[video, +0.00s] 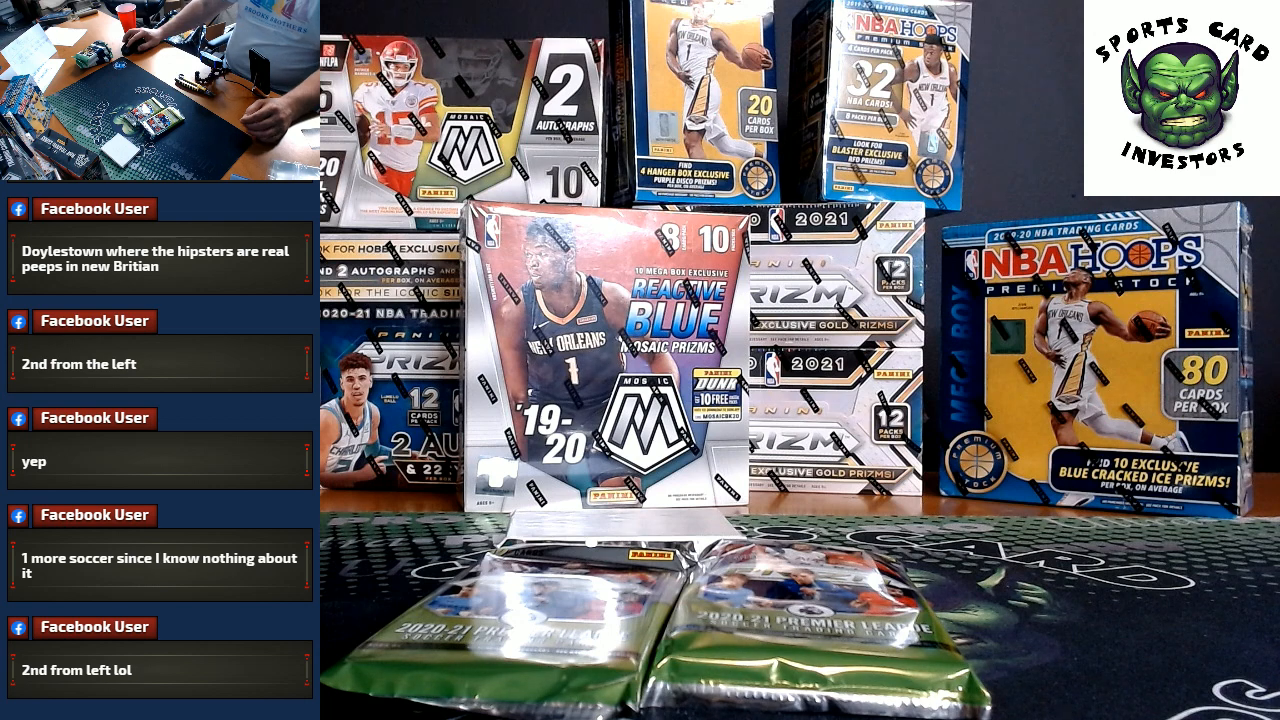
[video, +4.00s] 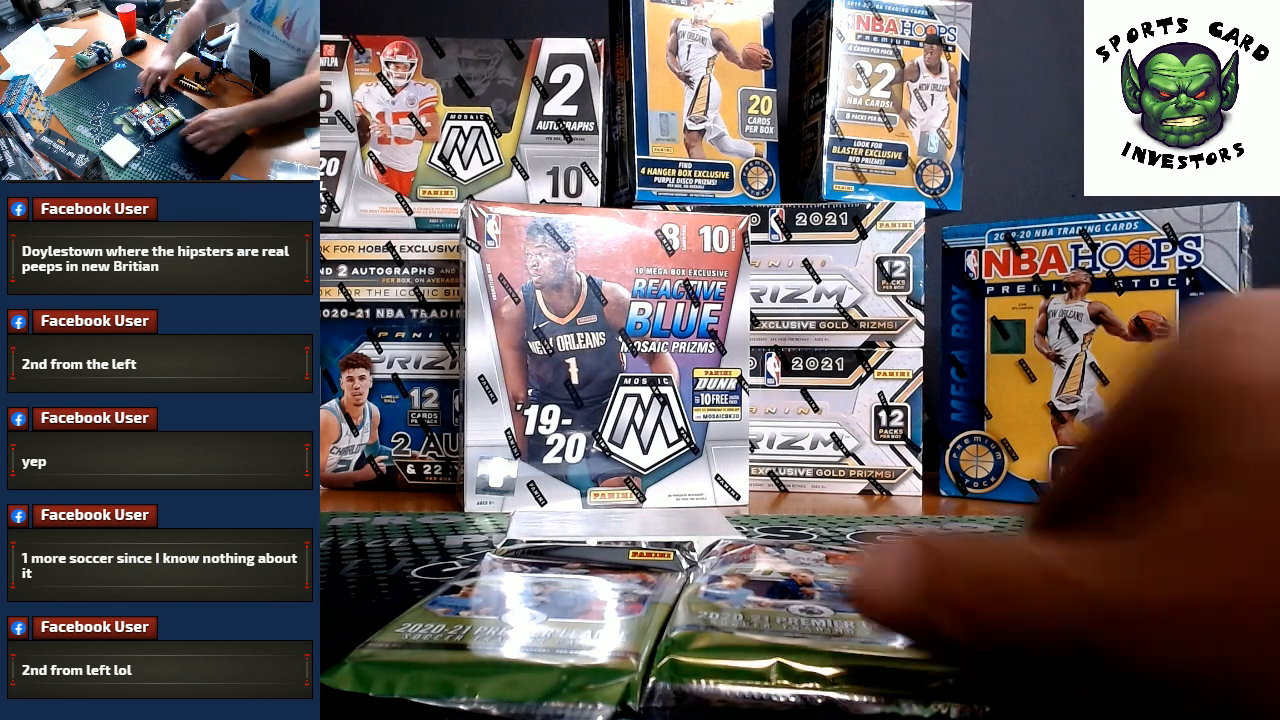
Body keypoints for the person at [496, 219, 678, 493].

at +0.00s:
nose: (533, 263)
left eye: (542, 254)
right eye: (529, 255)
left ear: (569, 256)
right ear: (525, 259)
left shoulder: (611, 299)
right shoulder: (514, 312)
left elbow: (658, 357)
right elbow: (518, 399)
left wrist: (664, 414)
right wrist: (524, 460)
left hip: (610, 418)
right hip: (549, 422)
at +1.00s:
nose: (532, 263)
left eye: (542, 254)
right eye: (529, 255)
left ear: (570, 255)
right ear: (524, 258)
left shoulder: (611, 299)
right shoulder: (514, 312)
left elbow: (657, 357)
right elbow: (518, 398)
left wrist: (663, 414)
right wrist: (524, 460)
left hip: (610, 424)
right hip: (549, 428)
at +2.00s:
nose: (532, 263)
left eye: (542, 254)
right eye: (529, 255)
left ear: (570, 255)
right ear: (524, 258)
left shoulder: (611, 299)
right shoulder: (513, 312)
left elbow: (658, 357)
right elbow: (518, 399)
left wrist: (663, 414)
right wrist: (524, 460)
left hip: (610, 423)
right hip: (549, 427)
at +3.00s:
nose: (532, 263)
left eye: (542, 254)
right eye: (529, 255)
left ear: (569, 256)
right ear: (524, 258)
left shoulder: (611, 299)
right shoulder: (513, 313)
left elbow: (658, 357)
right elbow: (518, 399)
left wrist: (662, 413)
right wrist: (524, 460)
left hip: (610, 423)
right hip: (549, 427)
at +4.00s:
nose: (533, 264)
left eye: (542, 254)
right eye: (529, 255)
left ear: (569, 255)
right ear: (525, 258)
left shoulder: (611, 299)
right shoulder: (514, 313)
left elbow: (658, 357)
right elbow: (517, 400)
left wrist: (664, 414)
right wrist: (522, 462)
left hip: (610, 424)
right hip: (549, 428)